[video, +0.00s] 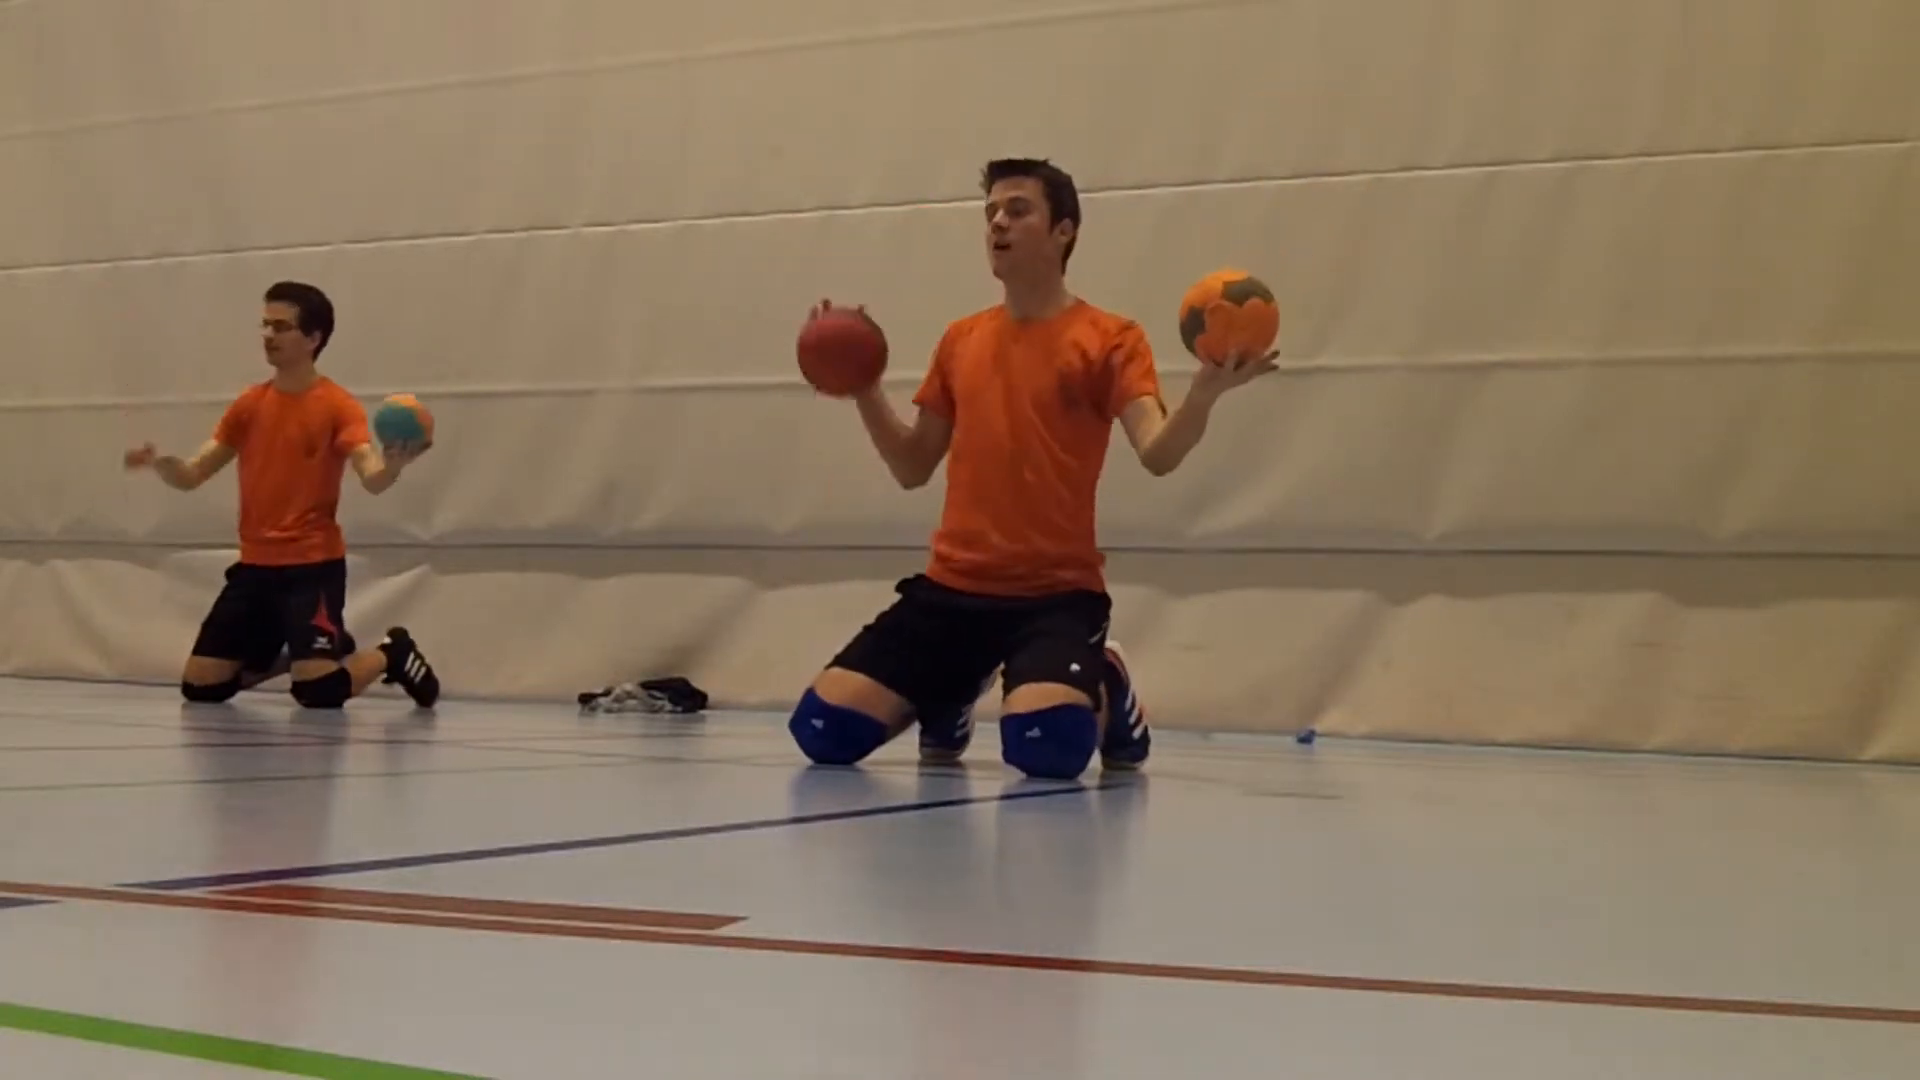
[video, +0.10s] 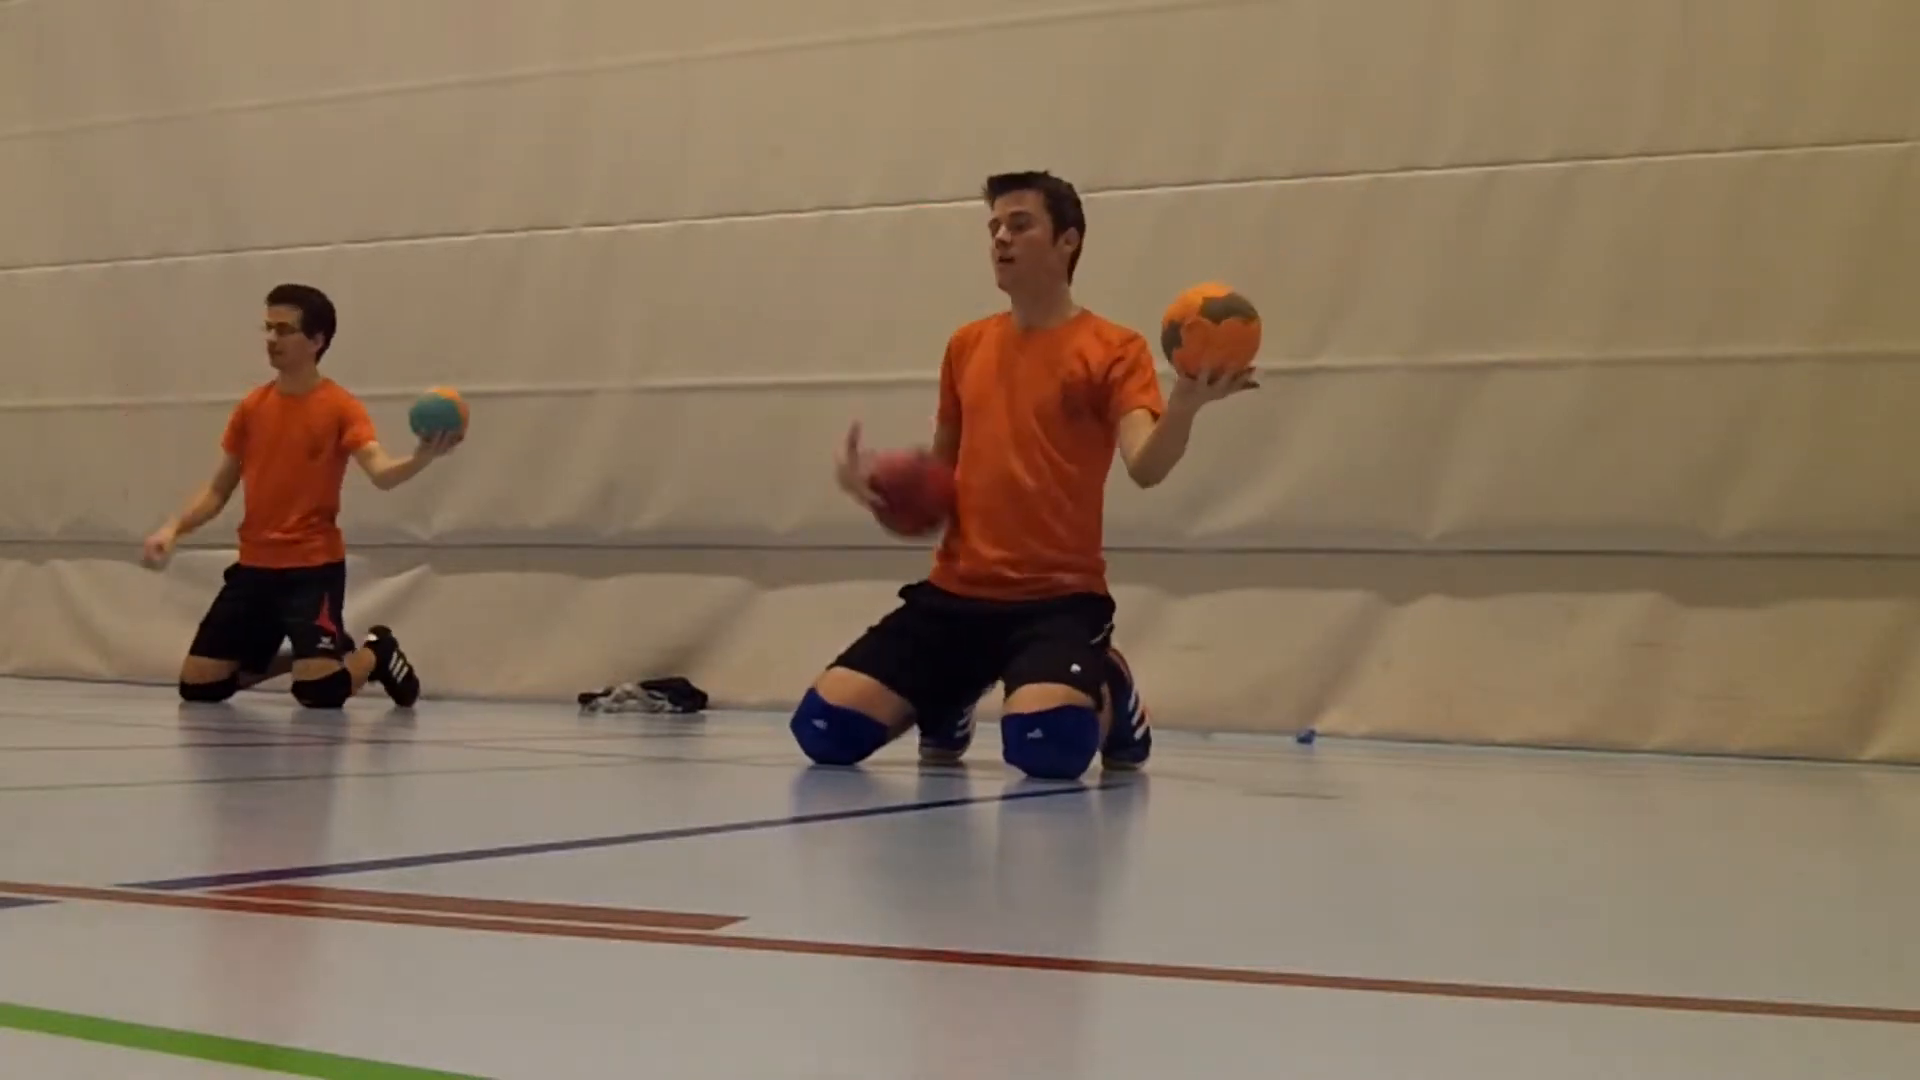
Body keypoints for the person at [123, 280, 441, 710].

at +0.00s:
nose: (268, 335)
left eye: (280, 326)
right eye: (266, 325)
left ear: (314, 338)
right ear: (261, 330)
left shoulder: (338, 406)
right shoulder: (250, 405)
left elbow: (373, 480)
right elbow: (192, 475)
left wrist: (394, 462)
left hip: (314, 569)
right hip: (254, 569)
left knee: (317, 691)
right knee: (201, 686)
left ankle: (394, 655)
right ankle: (306, 654)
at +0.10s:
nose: (271, 339)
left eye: (284, 330)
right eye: (268, 329)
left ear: (317, 341)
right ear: (264, 333)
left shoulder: (338, 406)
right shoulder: (252, 407)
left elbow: (383, 474)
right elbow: (217, 491)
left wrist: (423, 457)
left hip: (314, 569)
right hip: (253, 568)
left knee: (316, 692)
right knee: (198, 686)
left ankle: (379, 653)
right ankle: (312, 657)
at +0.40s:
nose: (272, 345)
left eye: (284, 335)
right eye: (269, 334)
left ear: (319, 344)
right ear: (267, 338)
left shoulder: (345, 412)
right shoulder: (258, 409)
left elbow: (392, 480)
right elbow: (247, 499)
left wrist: (462, 466)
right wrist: (217, 578)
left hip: (317, 574)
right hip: (257, 572)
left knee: (318, 692)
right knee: (196, 686)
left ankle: (371, 653)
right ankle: (304, 657)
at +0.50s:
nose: (270, 346)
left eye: (281, 337)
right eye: (268, 336)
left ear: (317, 346)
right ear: (267, 341)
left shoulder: (345, 414)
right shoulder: (259, 410)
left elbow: (393, 486)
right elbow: (250, 500)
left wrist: (465, 480)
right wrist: (217, 576)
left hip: (319, 574)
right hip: (259, 573)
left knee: (315, 691)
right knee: (197, 685)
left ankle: (371, 654)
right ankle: (306, 657)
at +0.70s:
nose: (261, 351)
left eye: (273, 341)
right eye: (260, 341)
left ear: (309, 349)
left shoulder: (344, 417)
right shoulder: (256, 417)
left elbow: (385, 492)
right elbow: (250, 509)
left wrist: (448, 507)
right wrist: (209, 580)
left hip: (321, 575)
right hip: (262, 577)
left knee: (316, 691)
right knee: (196, 684)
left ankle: (372, 654)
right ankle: (305, 656)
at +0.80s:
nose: (257, 353)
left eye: (268, 342)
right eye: (254, 343)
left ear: (304, 351)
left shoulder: (342, 418)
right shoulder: (255, 420)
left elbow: (381, 494)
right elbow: (248, 512)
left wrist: (439, 513)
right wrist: (206, 581)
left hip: (321, 576)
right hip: (263, 578)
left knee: (315, 690)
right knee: (196, 684)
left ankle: (373, 654)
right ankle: (306, 656)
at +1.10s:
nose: (250, 362)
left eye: (261, 351)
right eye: (248, 352)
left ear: (298, 360)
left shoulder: (335, 422)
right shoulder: (255, 432)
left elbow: (364, 500)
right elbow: (249, 526)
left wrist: (404, 522)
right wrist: (196, 585)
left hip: (324, 582)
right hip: (268, 585)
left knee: (314, 692)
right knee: (194, 684)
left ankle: (375, 653)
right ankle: (302, 653)